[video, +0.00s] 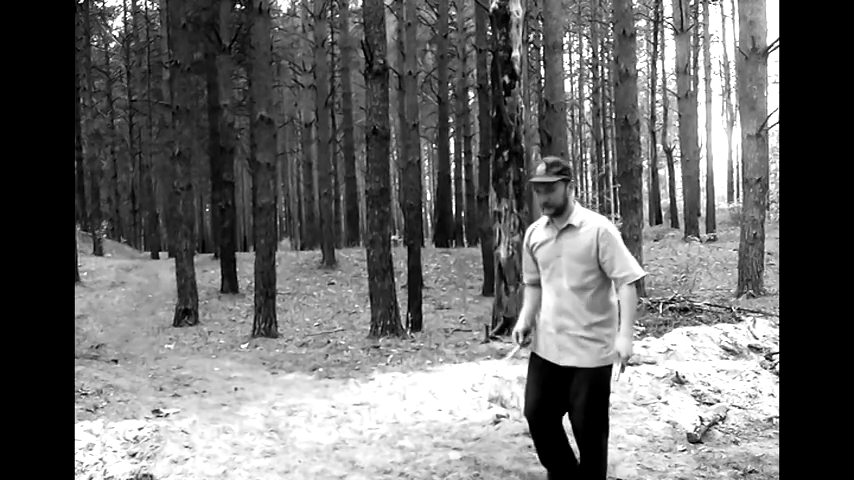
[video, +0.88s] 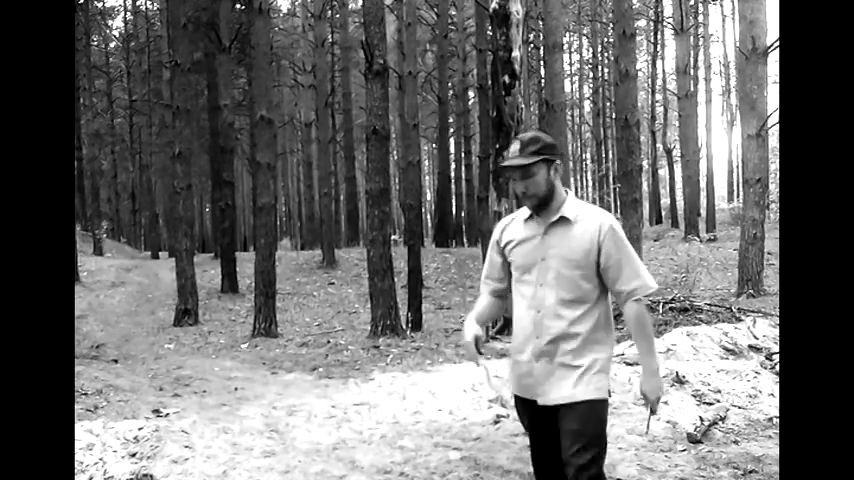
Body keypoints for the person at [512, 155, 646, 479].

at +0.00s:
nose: (543, 198)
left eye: (550, 189)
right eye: (538, 190)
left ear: (568, 186)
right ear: (533, 192)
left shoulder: (599, 230)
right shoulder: (533, 235)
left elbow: (627, 282)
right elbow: (532, 284)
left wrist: (625, 335)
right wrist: (526, 316)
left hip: (591, 353)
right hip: (547, 350)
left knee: (589, 431)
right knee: (539, 418)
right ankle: (564, 476)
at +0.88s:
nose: (519, 188)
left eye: (527, 177)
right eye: (513, 180)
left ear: (553, 169)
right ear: (508, 181)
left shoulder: (598, 227)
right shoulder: (507, 231)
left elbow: (633, 299)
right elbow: (494, 294)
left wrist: (650, 373)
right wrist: (474, 320)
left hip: (581, 382)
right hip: (528, 383)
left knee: (582, 472)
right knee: (547, 472)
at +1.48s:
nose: (436, 172)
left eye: (440, 159)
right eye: (436, 160)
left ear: (467, 161)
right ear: (466, 162)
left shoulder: (521, 217)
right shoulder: (481, 220)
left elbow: (528, 306)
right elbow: (481, 308)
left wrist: (475, 376)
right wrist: (429, 321)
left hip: (521, 413)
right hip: (475, 407)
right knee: (462, 472)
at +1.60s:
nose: (431, 164)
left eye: (434, 153)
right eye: (432, 153)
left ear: (449, 157)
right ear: (484, 157)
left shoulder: (498, 217)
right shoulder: (486, 213)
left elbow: (503, 314)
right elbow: (484, 306)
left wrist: (454, 391)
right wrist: (432, 318)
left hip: (498, 414)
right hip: (485, 409)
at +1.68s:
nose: (430, 160)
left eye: (431, 150)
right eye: (431, 149)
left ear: (440, 155)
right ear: (485, 154)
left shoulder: (479, 217)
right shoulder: (497, 206)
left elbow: (487, 316)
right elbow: (492, 288)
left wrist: (445, 401)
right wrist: (439, 311)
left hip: (485, 412)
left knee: (443, 473)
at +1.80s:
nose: (424, 156)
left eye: (424, 148)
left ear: (427, 153)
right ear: (483, 153)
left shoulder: (441, 217)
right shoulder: (516, 213)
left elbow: (441, 323)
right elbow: (531, 309)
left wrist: (423, 411)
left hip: (470, 425)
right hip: (524, 418)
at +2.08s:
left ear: (422, 153)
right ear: (479, 150)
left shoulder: (405, 224)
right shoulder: (527, 214)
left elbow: (376, 330)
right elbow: (545, 303)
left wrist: (365, 409)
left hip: (458, 430)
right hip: (535, 421)